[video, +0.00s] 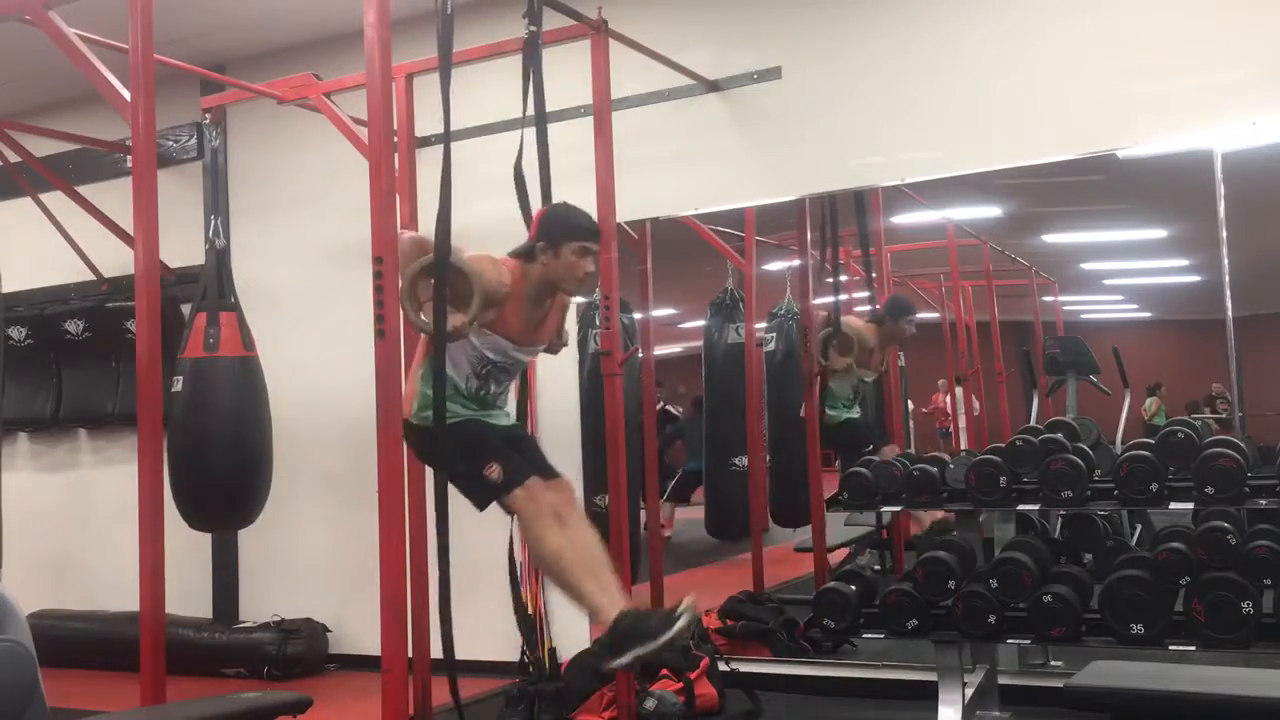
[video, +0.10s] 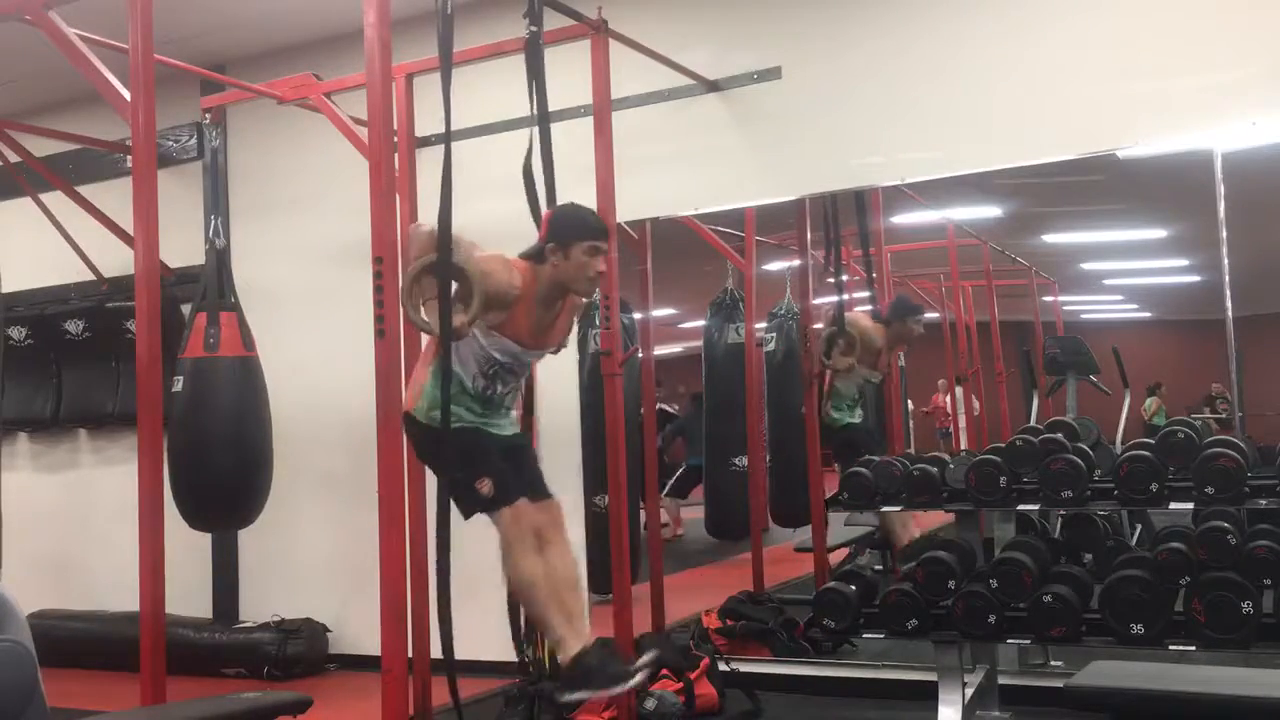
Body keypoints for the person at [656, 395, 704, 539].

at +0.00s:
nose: (687, 410)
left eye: (689, 407)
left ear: (692, 408)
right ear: (707, 408)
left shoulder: (687, 423)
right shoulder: (714, 422)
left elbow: (668, 436)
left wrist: (661, 452)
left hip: (694, 466)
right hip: (714, 465)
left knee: (670, 497)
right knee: (721, 496)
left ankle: (667, 528)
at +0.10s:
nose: (685, 407)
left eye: (687, 404)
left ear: (692, 405)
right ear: (705, 404)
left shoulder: (690, 419)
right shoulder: (713, 417)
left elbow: (670, 432)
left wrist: (664, 451)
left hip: (696, 462)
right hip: (713, 461)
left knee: (668, 496)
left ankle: (676, 527)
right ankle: (677, 525)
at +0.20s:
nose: (676, 404)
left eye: (680, 401)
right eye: (678, 401)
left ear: (687, 402)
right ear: (699, 402)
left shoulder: (682, 417)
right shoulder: (707, 414)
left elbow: (662, 435)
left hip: (695, 461)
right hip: (712, 459)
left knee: (668, 499)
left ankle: (682, 529)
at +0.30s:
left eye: (676, 391)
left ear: (678, 391)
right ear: (692, 389)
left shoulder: (676, 409)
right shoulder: (703, 405)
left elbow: (660, 429)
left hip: (688, 457)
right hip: (707, 455)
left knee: (669, 499)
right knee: (713, 493)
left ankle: (682, 530)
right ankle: (723, 526)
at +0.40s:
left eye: (672, 386)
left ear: (673, 387)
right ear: (689, 385)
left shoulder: (669, 405)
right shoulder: (699, 401)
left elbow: (657, 426)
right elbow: (707, 423)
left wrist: (659, 449)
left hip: (680, 454)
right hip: (702, 452)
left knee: (670, 497)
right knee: (712, 490)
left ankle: (682, 530)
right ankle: (722, 523)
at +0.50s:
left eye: (674, 379)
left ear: (671, 381)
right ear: (686, 379)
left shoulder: (667, 400)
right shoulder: (698, 396)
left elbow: (656, 426)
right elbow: (706, 419)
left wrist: (663, 442)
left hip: (677, 450)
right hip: (700, 447)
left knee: (667, 492)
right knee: (702, 486)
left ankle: (679, 528)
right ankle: (715, 521)